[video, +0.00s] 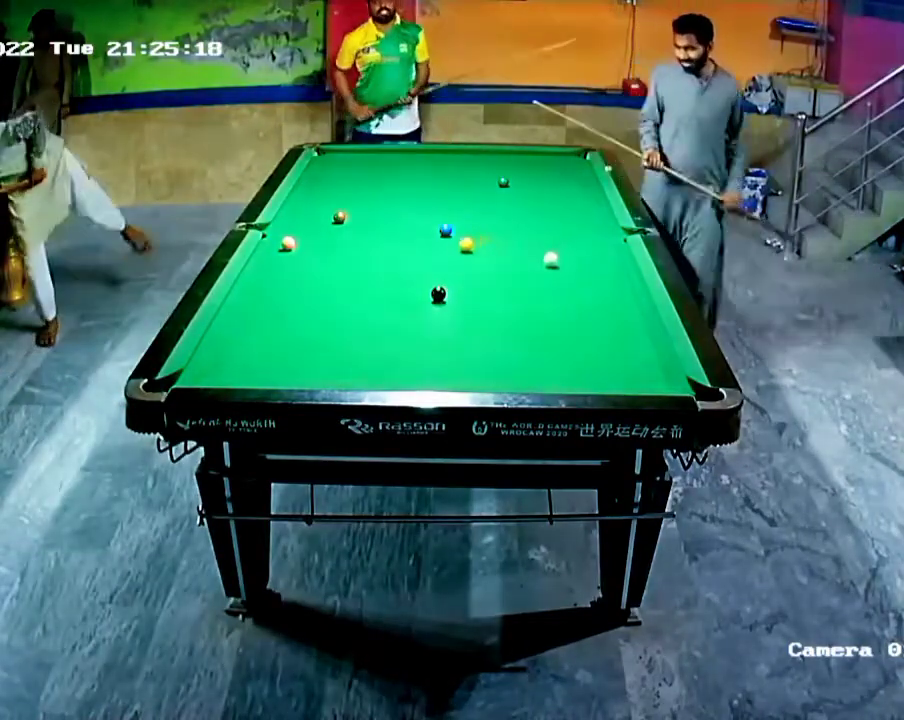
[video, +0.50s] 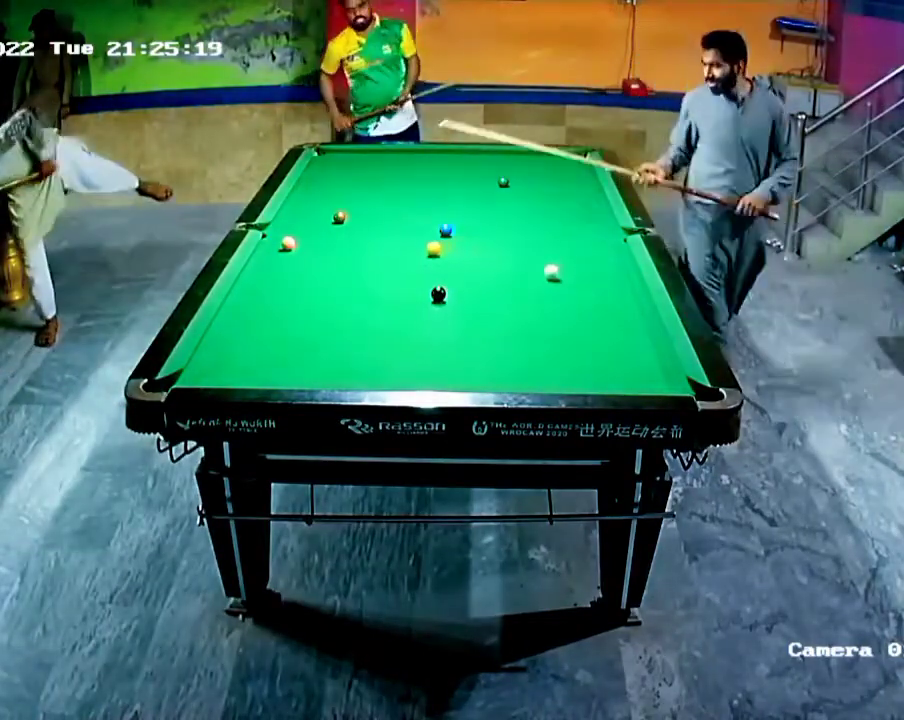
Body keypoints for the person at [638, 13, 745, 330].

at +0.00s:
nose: (683, 55)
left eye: (690, 48)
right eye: (678, 47)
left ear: (708, 46)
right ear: (673, 46)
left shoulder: (728, 85)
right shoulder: (662, 76)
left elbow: (738, 140)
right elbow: (648, 120)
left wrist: (734, 185)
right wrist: (651, 146)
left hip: (706, 195)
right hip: (661, 189)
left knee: (703, 279)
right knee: (650, 271)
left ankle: (697, 347)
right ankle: (644, 343)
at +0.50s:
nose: (707, 74)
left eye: (715, 66)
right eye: (705, 65)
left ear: (738, 66)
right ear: (702, 64)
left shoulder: (771, 108)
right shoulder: (695, 102)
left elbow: (789, 163)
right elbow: (680, 148)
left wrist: (765, 192)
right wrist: (663, 166)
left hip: (747, 222)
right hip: (700, 217)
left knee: (728, 305)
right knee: (710, 309)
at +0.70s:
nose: (725, 76)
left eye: (733, 69)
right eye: (721, 67)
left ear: (757, 68)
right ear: (720, 65)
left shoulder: (792, 111)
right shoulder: (708, 106)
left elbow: (810, 168)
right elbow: (691, 161)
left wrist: (791, 200)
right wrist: (684, 177)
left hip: (765, 239)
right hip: (713, 237)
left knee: (775, 338)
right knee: (713, 328)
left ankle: (750, 406)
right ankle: (711, 407)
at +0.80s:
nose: (730, 79)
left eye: (738, 72)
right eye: (727, 71)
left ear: (762, 70)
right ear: (724, 69)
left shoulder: (797, 114)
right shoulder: (714, 110)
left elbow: (822, 174)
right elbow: (695, 165)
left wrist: (799, 206)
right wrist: (690, 183)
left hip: (773, 249)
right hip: (718, 245)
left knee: (786, 343)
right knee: (713, 341)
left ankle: (768, 445)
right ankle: (702, 429)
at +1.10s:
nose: (774, 101)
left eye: (781, 92)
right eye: (771, 92)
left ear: (809, 90)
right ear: (771, 90)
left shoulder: (856, 143)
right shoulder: (766, 129)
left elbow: (886, 211)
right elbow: (748, 184)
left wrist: (840, 239)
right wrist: (744, 212)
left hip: (825, 283)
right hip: (768, 273)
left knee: (819, 385)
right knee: (748, 364)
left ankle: (792, 475)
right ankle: (716, 445)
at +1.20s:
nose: (778, 103)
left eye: (785, 95)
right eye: (775, 94)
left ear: (814, 93)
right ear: (779, 93)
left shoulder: (865, 149)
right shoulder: (774, 131)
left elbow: (889, 220)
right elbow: (757, 189)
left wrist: (844, 245)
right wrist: (747, 215)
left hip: (832, 291)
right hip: (774, 282)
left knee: (824, 391)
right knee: (756, 374)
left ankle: (791, 475)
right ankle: (750, 454)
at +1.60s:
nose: (777, 125)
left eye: (785, 116)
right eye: (775, 115)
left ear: (816, 115)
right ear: (796, 116)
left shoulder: (870, 170)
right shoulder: (789, 161)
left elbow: (903, 247)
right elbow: (774, 214)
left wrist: (850, 275)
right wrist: (733, 242)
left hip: (852, 328)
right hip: (796, 318)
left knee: (844, 440)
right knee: (782, 423)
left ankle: (834, 534)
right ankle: (778, 519)